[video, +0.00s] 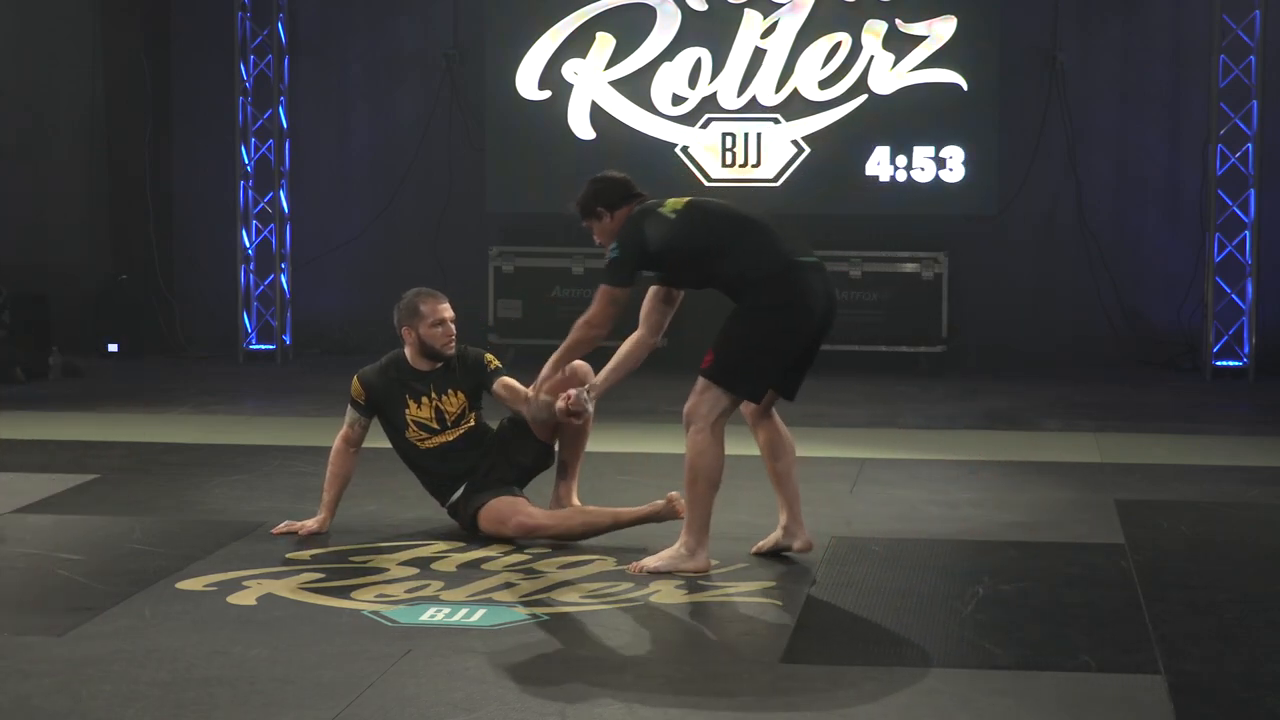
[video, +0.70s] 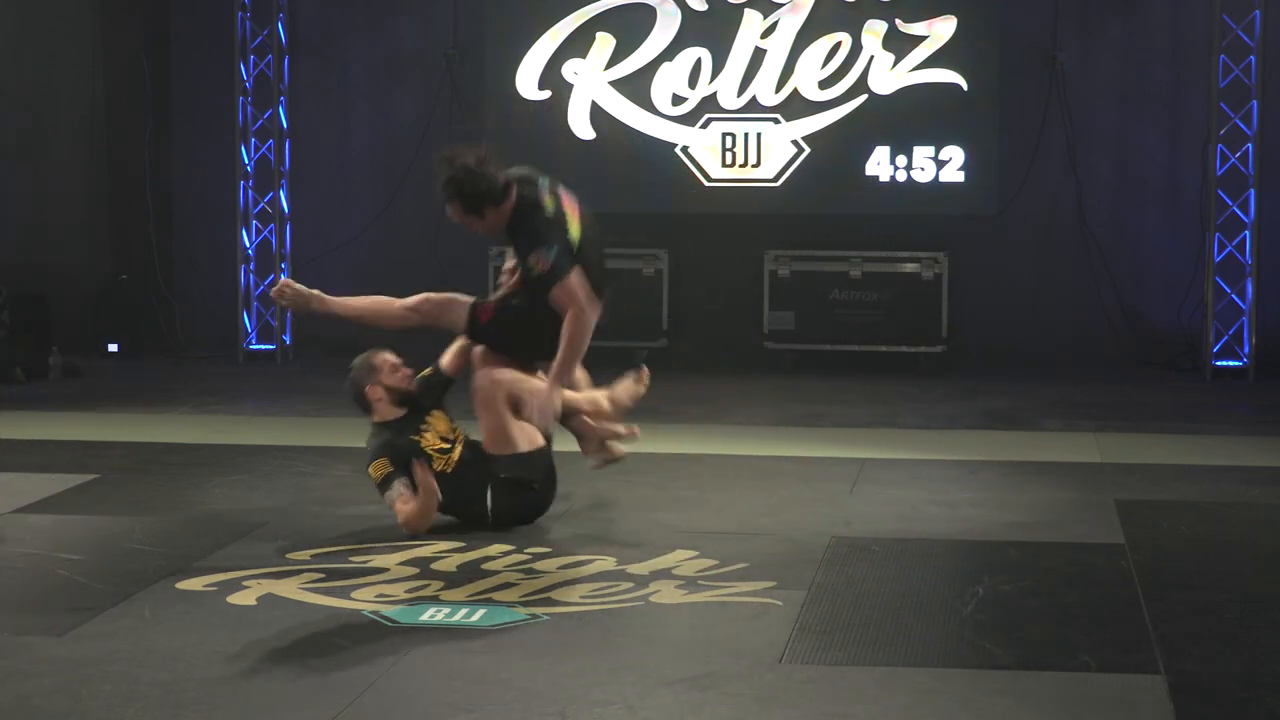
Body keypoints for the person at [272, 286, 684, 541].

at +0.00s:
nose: (453, 330)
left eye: (453, 321)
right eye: (442, 324)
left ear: (450, 322)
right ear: (410, 331)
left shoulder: (467, 358)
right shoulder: (374, 383)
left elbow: (525, 403)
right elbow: (348, 444)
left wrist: (561, 405)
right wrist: (323, 517)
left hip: (504, 449)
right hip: (468, 491)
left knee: (573, 374)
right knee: (525, 524)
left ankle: (568, 501)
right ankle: (658, 511)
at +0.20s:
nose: (452, 339)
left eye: (452, 329)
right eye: (440, 333)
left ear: (452, 330)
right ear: (409, 342)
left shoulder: (467, 364)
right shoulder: (379, 394)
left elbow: (531, 413)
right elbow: (347, 451)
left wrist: (572, 415)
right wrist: (323, 518)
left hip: (505, 453)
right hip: (479, 497)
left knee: (577, 378)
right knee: (567, 502)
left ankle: (564, 505)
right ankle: (688, 501)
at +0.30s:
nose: (457, 338)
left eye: (457, 329)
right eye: (445, 333)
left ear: (455, 330)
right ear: (415, 344)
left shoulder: (475, 365)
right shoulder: (387, 396)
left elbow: (548, 387)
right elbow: (343, 448)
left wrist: (603, 374)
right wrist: (324, 517)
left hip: (511, 453)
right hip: (486, 496)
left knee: (578, 388)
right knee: (583, 478)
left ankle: (564, 506)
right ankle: (697, 468)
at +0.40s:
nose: (461, 335)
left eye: (459, 326)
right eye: (449, 330)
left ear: (455, 331)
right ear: (418, 342)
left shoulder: (478, 358)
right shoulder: (392, 396)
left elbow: (548, 336)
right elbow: (346, 447)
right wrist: (361, 510)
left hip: (518, 448)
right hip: (492, 493)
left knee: (574, 391)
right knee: (590, 454)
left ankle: (586, 509)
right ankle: (711, 428)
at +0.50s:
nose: (457, 337)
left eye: (453, 329)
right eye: (444, 335)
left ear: (455, 331)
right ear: (417, 355)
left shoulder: (472, 353)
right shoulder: (405, 415)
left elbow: (531, 320)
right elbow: (376, 491)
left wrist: (574, 271)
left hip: (520, 460)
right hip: (499, 500)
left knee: (574, 359)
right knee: (575, 433)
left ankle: (591, 492)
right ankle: (694, 411)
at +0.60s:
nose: (439, 349)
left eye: (435, 343)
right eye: (427, 346)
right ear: (400, 363)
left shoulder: (449, 369)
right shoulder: (401, 431)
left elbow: (504, 330)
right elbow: (410, 511)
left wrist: (541, 280)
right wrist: (440, 532)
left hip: (518, 464)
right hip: (513, 500)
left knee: (539, 354)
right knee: (548, 394)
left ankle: (599, 467)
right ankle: (647, 398)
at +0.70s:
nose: (407, 372)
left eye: (402, 366)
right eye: (395, 369)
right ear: (373, 392)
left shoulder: (420, 398)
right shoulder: (384, 451)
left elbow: (461, 349)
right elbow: (412, 523)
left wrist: (497, 302)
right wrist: (427, 498)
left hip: (515, 475)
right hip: (507, 500)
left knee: (488, 353)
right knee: (488, 380)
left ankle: (589, 431)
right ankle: (601, 400)